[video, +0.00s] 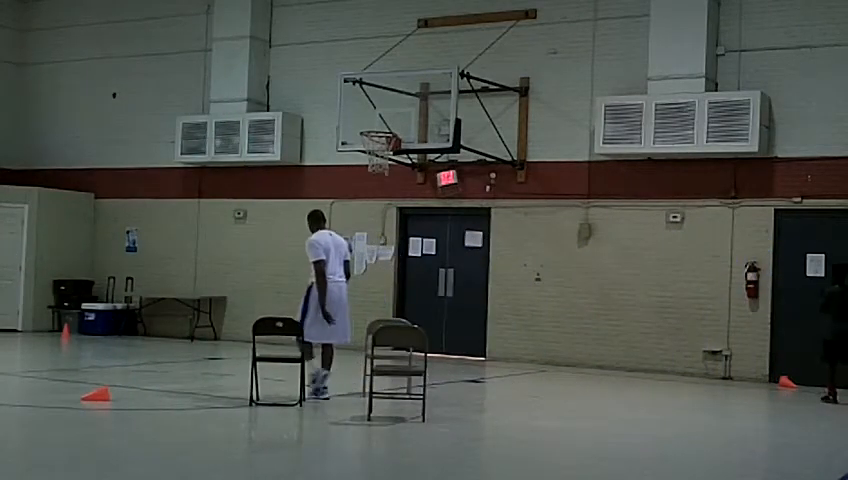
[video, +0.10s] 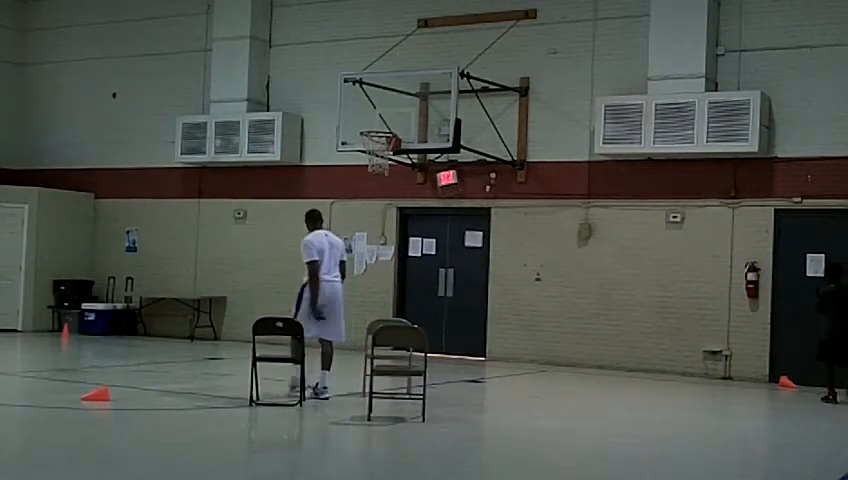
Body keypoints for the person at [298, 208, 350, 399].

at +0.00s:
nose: (310, 227)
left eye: (309, 225)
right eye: (311, 224)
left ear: (310, 224)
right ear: (325, 221)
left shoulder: (314, 240)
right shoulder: (340, 240)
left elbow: (320, 273)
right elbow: (347, 273)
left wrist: (323, 305)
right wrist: (337, 288)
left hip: (321, 288)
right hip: (339, 287)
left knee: (304, 333)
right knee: (328, 338)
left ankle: (314, 371)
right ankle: (322, 385)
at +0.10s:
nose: (308, 226)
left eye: (308, 223)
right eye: (310, 222)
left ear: (307, 223)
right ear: (323, 222)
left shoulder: (309, 241)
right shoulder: (337, 241)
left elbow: (314, 273)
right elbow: (342, 272)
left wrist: (314, 302)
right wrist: (335, 290)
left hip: (315, 287)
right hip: (335, 287)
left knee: (298, 330)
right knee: (327, 337)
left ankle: (298, 377)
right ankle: (323, 385)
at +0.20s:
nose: (304, 229)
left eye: (303, 226)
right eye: (308, 225)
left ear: (302, 226)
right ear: (318, 224)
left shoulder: (303, 244)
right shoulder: (333, 243)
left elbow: (301, 275)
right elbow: (337, 273)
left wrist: (297, 301)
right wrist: (332, 291)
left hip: (311, 289)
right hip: (331, 289)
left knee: (294, 332)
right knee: (327, 339)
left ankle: (285, 376)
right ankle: (323, 384)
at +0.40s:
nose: (292, 231)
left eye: (291, 228)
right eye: (295, 227)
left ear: (291, 229)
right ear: (306, 227)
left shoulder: (289, 248)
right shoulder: (321, 245)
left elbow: (279, 279)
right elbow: (328, 273)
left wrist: (269, 307)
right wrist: (326, 296)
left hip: (298, 290)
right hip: (319, 290)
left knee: (290, 335)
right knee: (315, 336)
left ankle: (285, 378)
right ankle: (321, 368)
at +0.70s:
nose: (294, 227)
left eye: (289, 224)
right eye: (298, 224)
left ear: (286, 225)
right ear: (302, 224)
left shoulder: (277, 243)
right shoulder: (313, 242)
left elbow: (264, 272)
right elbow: (323, 270)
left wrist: (255, 296)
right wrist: (331, 296)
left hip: (285, 286)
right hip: (307, 286)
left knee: (283, 332)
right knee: (301, 333)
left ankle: (285, 375)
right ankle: (297, 374)